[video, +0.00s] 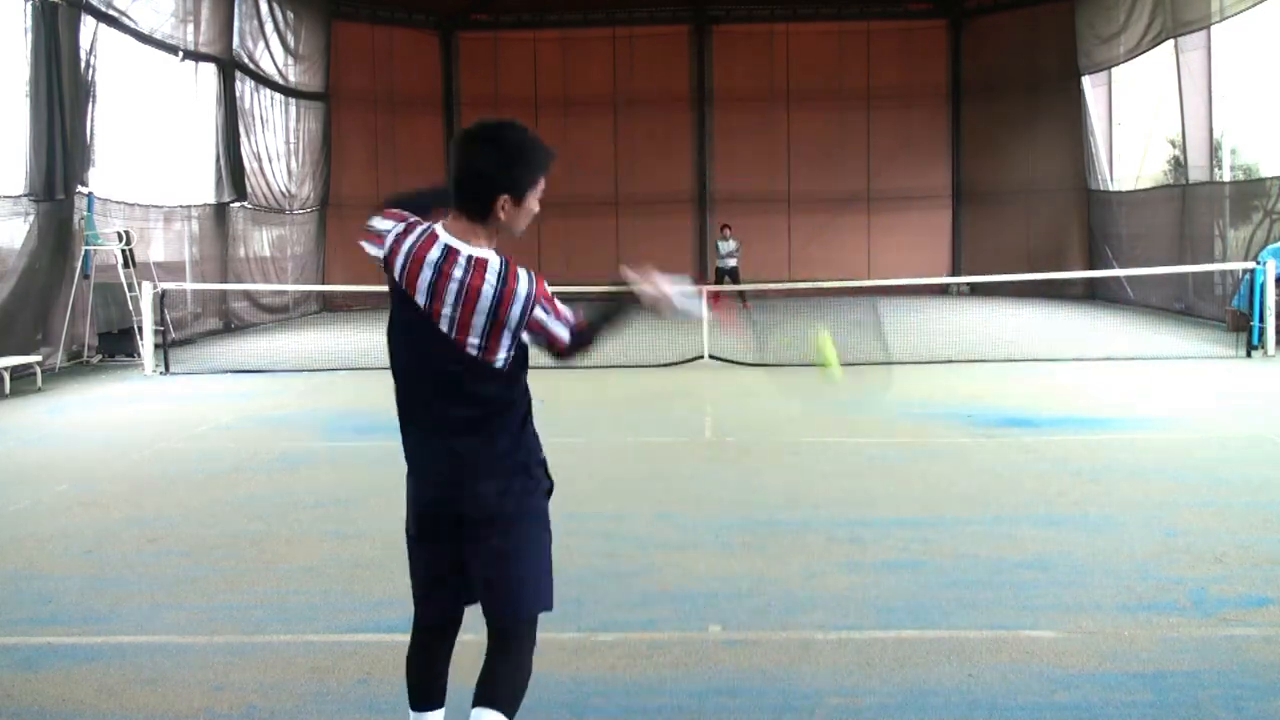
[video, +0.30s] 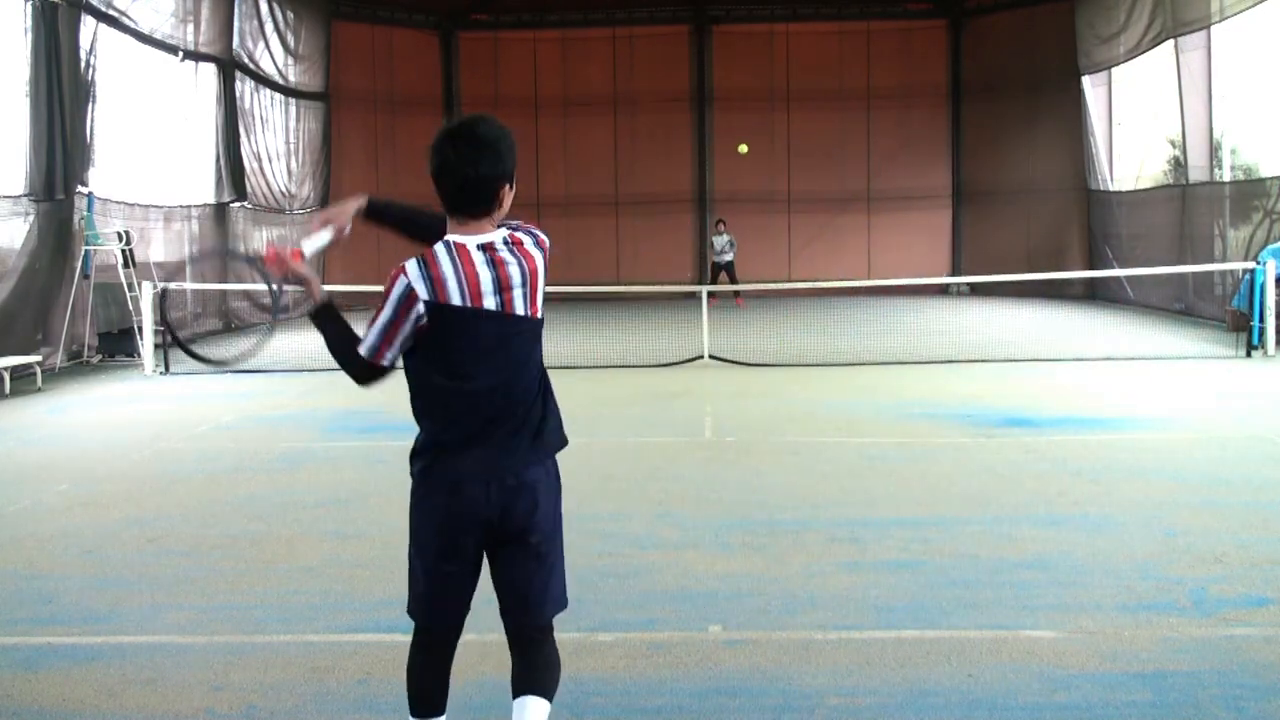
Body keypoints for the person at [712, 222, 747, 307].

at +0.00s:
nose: (726, 233)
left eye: (728, 231)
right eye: (724, 231)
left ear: (730, 232)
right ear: (721, 233)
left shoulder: (735, 242)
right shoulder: (718, 242)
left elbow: (737, 254)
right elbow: (720, 254)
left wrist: (725, 254)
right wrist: (733, 252)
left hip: (733, 266)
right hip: (721, 266)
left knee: (738, 285)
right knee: (718, 285)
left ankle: (744, 302)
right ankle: (715, 302)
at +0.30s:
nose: (721, 228)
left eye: (722, 225)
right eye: (719, 226)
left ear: (724, 227)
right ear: (716, 228)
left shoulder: (729, 237)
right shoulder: (713, 238)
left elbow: (734, 247)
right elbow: (713, 249)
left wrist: (729, 252)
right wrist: (721, 251)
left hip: (728, 260)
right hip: (717, 261)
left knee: (733, 279)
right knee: (713, 279)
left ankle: (737, 296)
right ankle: (712, 297)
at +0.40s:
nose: (720, 234)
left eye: (722, 231)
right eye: (718, 232)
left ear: (724, 232)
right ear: (715, 233)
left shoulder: (729, 242)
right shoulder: (712, 243)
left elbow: (733, 253)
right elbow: (710, 255)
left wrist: (725, 256)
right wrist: (718, 256)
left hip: (727, 265)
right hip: (716, 266)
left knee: (733, 283)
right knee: (712, 283)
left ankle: (738, 300)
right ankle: (710, 298)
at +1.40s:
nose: (754, 225)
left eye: (756, 223)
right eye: (752, 224)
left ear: (759, 224)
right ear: (750, 225)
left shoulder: (764, 232)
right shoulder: (749, 235)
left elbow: (767, 230)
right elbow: (746, 242)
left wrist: (764, 225)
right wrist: (744, 237)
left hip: (765, 255)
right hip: (754, 257)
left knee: (772, 276)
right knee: (752, 278)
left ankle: (778, 294)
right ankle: (751, 296)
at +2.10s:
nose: (764, 232)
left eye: (766, 230)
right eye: (762, 230)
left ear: (767, 231)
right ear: (759, 231)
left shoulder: (769, 242)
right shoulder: (756, 240)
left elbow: (771, 251)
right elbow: (749, 248)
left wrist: (772, 259)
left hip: (767, 263)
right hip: (758, 263)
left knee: (773, 282)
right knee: (761, 282)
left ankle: (774, 299)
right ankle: (758, 300)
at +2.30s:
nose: (756, 228)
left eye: (757, 226)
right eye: (754, 226)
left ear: (760, 227)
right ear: (751, 227)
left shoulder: (763, 237)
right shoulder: (747, 237)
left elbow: (768, 249)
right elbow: (742, 248)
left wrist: (761, 250)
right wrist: (747, 253)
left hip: (761, 260)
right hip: (751, 260)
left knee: (760, 279)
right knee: (753, 279)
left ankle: (756, 296)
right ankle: (753, 297)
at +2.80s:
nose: (731, 232)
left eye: (733, 230)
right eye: (730, 230)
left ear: (736, 232)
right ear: (727, 232)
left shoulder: (740, 242)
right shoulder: (723, 241)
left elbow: (743, 254)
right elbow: (719, 252)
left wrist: (735, 252)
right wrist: (728, 254)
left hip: (736, 265)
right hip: (724, 265)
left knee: (743, 283)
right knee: (718, 283)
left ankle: (750, 300)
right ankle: (715, 300)